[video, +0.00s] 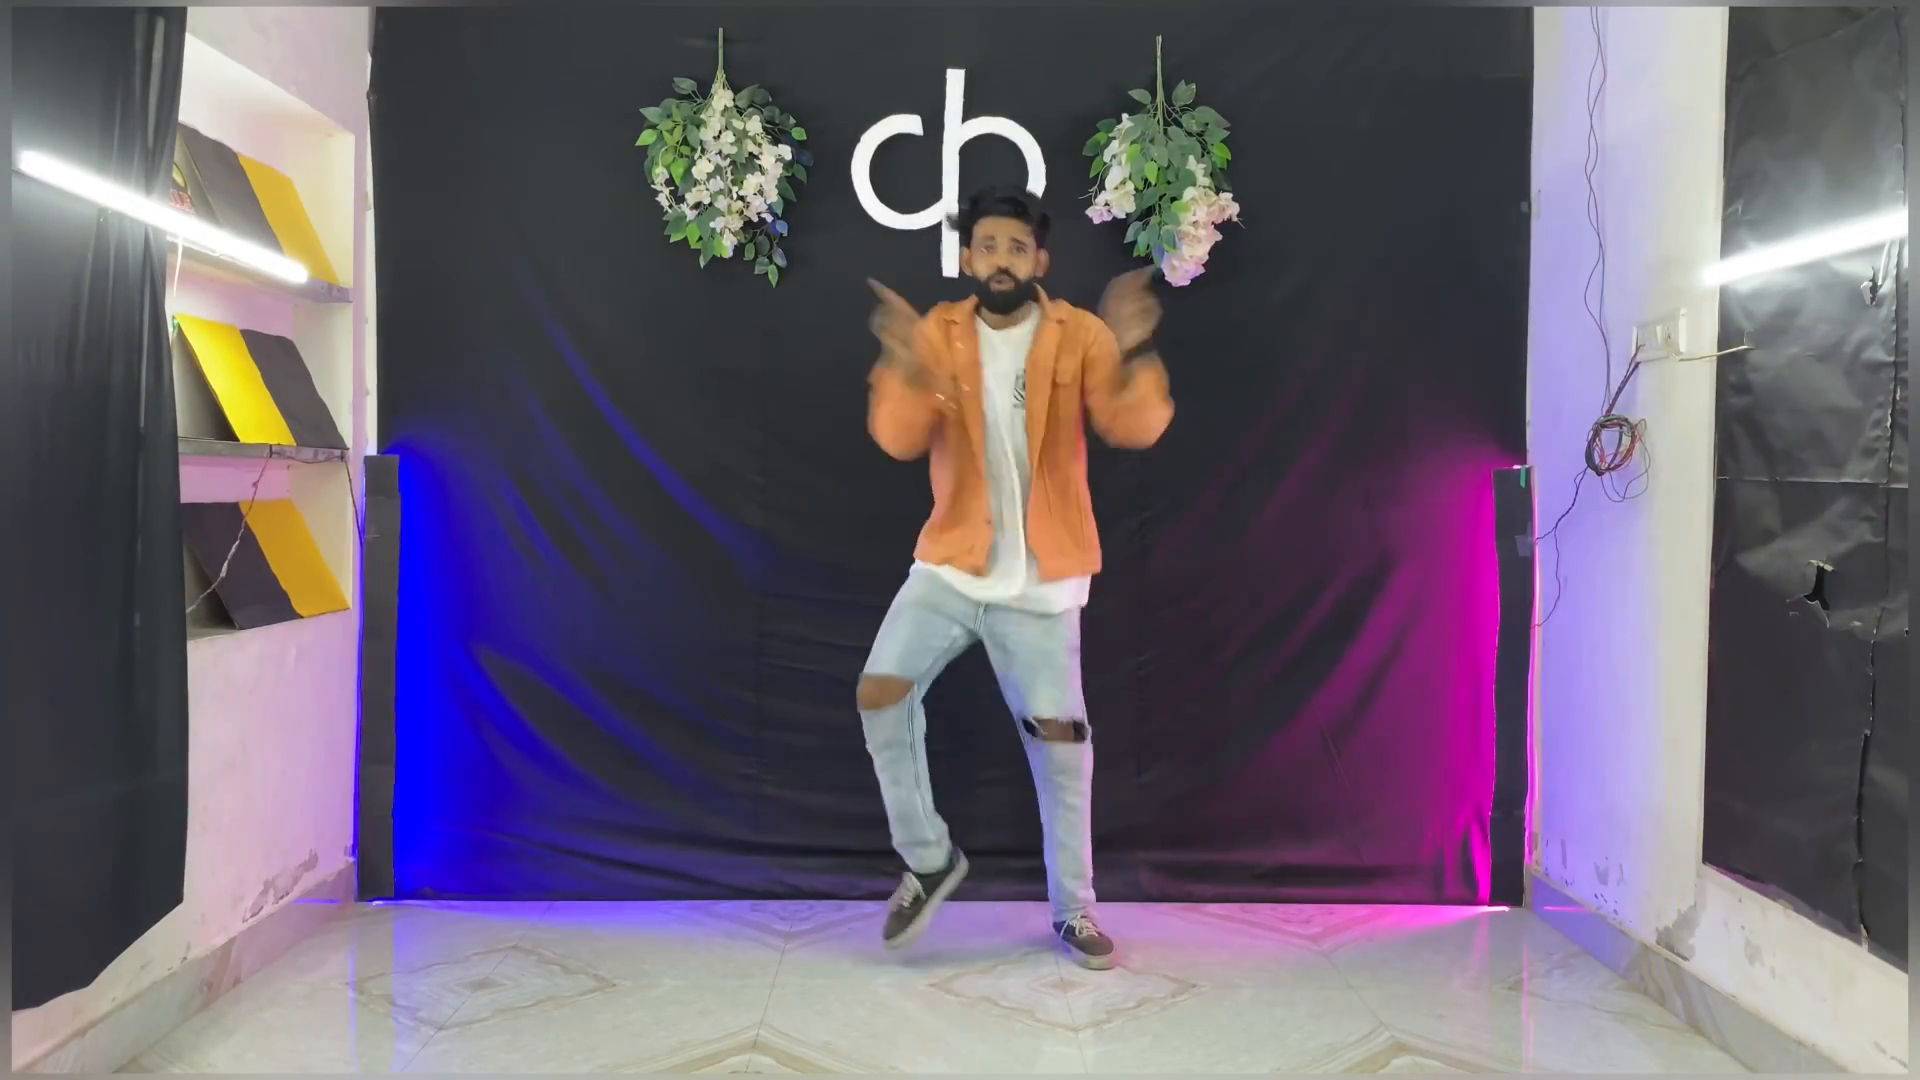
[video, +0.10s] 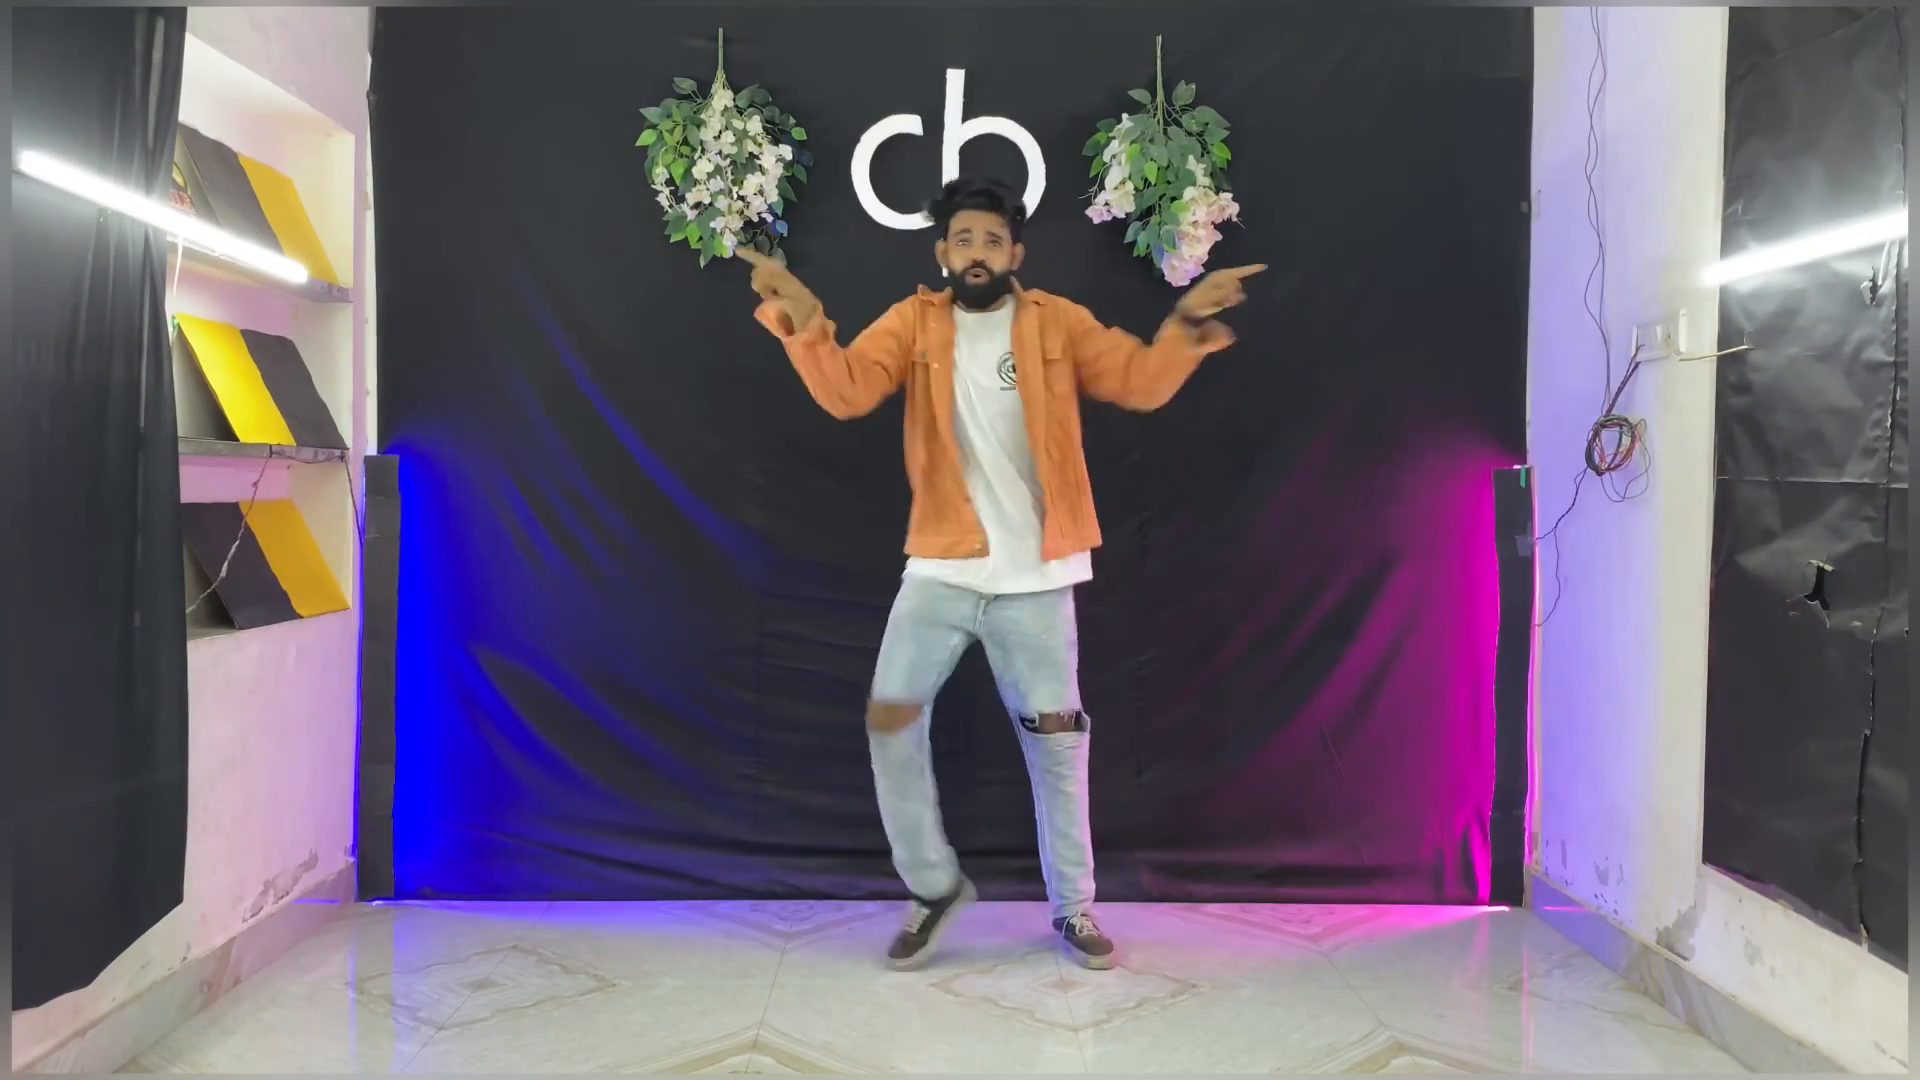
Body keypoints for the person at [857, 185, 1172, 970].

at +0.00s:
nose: (998, 258)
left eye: (1013, 245)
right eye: (985, 244)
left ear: (1041, 255)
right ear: (966, 254)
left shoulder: (1081, 334)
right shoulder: (941, 328)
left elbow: (1135, 426)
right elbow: (899, 437)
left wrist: (1136, 350)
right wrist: (903, 358)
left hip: (1044, 567)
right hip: (953, 556)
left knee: (1058, 733)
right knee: (882, 692)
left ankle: (1075, 909)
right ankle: (928, 861)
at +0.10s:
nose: (977, 252)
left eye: (992, 238)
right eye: (962, 237)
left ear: (1017, 248)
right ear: (939, 248)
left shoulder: (1057, 322)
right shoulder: (914, 321)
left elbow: (1143, 384)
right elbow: (848, 393)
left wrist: (1187, 319)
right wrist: (805, 321)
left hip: (1036, 567)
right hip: (940, 562)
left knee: (1057, 735)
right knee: (890, 715)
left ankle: (1073, 906)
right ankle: (935, 885)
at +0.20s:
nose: (957, 258)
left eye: (973, 245)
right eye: (942, 245)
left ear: (997, 256)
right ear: (921, 256)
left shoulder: (1033, 330)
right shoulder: (898, 330)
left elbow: (1103, 408)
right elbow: (856, 422)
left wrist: (1131, 343)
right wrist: (830, 351)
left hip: (1012, 582)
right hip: (915, 578)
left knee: (1044, 740)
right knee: (869, 729)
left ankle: (1072, 907)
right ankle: (931, 885)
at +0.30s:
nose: (923, 264)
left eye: (939, 251)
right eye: (910, 251)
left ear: (969, 264)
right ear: (891, 266)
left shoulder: (1014, 335)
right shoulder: (872, 332)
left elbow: (1109, 373)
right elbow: (796, 392)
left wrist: (1158, 297)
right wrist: (750, 309)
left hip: (986, 588)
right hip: (884, 577)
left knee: (1027, 741)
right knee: (799, 709)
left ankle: (1071, 905)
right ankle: (829, 882)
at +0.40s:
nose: (890, 298)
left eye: (907, 286)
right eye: (876, 287)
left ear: (935, 299)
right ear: (857, 300)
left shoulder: (988, 361)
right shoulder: (821, 362)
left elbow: (1096, 339)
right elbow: (706, 360)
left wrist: (1200, 309)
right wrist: (611, 324)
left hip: (947, 612)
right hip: (845, 601)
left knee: (979, 766)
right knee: (760, 746)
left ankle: (1066, 904)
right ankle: (676, 915)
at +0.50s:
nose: (855, 356)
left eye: (871, 343)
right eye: (841, 344)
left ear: (901, 352)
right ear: (823, 358)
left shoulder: (950, 426)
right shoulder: (791, 427)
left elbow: (1051, 449)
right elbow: (685, 472)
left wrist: (1149, 470)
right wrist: (580, 484)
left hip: (902, 679)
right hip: (804, 667)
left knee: (912, 856)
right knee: (734, 808)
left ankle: (1054, 914)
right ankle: (648, 926)